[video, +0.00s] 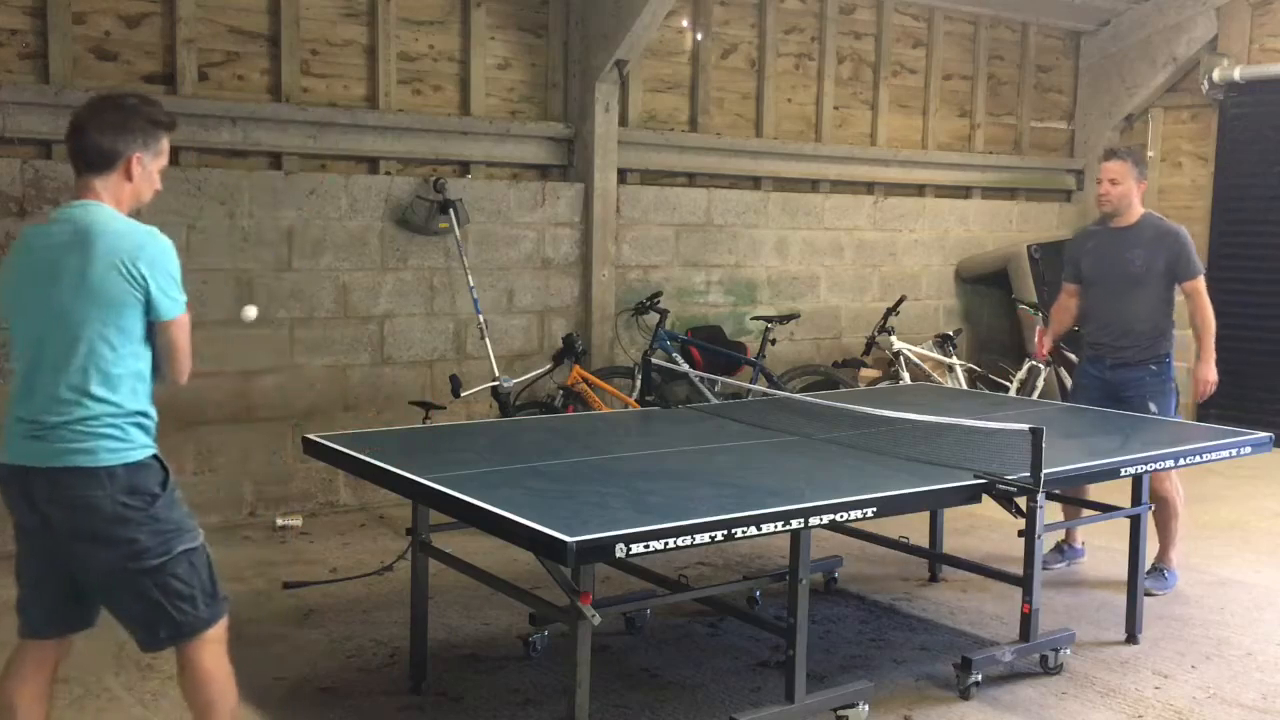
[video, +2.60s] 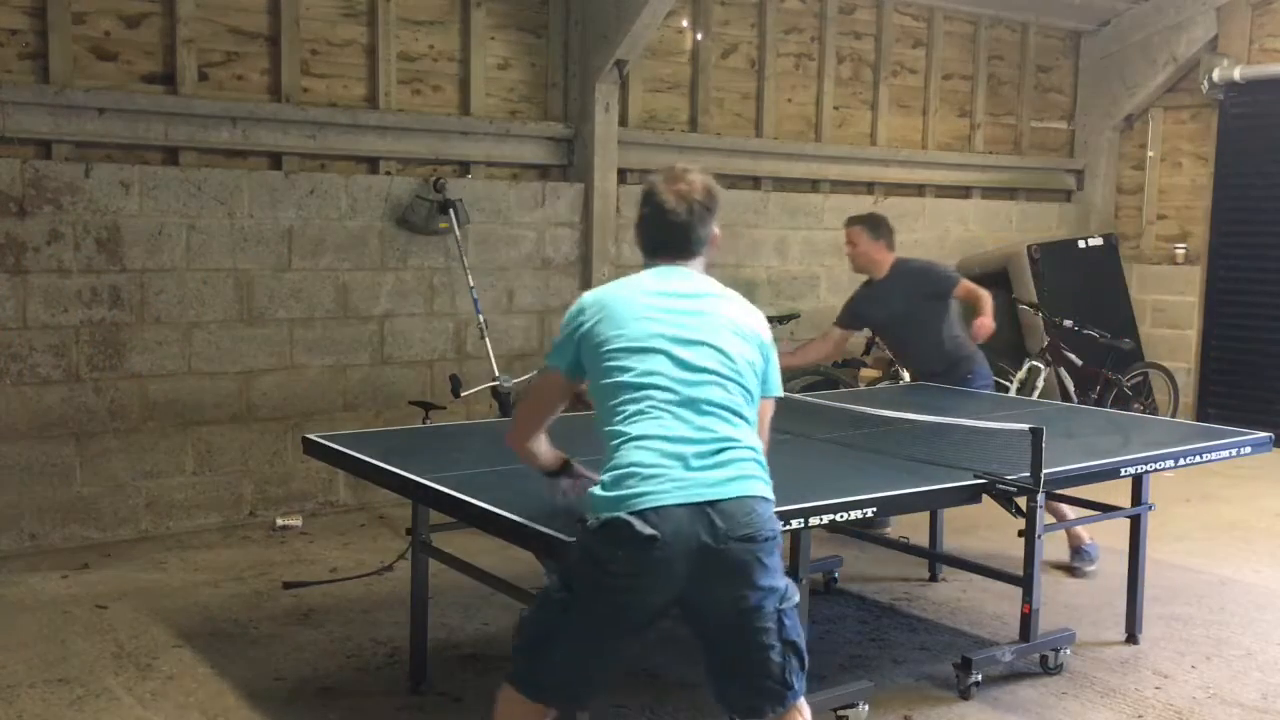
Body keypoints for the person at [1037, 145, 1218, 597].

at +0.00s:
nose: (1102, 190)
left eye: (1113, 182)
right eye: (1100, 182)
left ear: (1139, 187)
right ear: (1098, 187)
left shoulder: (1169, 237)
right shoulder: (1084, 241)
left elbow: (1197, 298)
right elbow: (1068, 299)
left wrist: (1206, 359)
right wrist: (1050, 331)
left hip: (1148, 373)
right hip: (1092, 370)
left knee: (1159, 476)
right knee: (1070, 458)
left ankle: (1165, 562)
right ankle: (1071, 542)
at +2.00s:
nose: (1064, 201)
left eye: (1073, 193)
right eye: (1058, 194)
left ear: (1095, 197)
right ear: (1054, 199)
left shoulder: (1124, 245)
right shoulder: (1042, 249)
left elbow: (1152, 304)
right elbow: (1024, 302)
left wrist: (1151, 361)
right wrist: (984, 332)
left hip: (1108, 369)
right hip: (1055, 366)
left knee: (1113, 461)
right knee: (1041, 448)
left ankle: (1129, 546)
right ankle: (1048, 522)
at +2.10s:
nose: (1037, 215)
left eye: (1045, 206)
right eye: (1034, 207)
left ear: (1072, 206)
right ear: (1035, 210)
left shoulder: (1105, 257)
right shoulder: (1031, 259)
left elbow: (1136, 319)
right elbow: (1013, 313)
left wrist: (1119, 373)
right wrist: (959, 339)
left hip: (1090, 381)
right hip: (1039, 376)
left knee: (1109, 468)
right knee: (1004, 435)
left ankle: (1127, 548)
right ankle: (1013, 510)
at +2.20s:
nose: (1001, 224)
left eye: (1008, 215)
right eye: (1000, 216)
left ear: (1038, 215)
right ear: (1016, 219)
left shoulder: (1074, 261)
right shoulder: (1007, 267)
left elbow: (1102, 319)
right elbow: (995, 319)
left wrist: (1080, 349)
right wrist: (948, 345)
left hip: (1071, 384)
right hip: (1021, 379)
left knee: (1093, 462)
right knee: (966, 429)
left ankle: (1125, 548)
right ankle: (929, 506)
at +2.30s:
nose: (958, 227)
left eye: (964, 218)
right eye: (956, 219)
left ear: (994, 217)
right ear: (973, 222)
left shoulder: (1031, 257)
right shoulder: (968, 270)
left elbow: (1071, 301)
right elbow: (954, 326)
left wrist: (1059, 321)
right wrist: (902, 346)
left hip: (1043, 385)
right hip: (990, 384)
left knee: (1081, 464)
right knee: (939, 441)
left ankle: (1123, 547)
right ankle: (890, 505)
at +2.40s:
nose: (910, 235)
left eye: (916, 226)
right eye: (909, 227)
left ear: (942, 225)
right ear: (925, 228)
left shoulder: (977, 262)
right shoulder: (923, 282)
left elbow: (1031, 287)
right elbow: (888, 335)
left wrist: (1040, 303)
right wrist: (834, 345)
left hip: (1007, 380)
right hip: (961, 383)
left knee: (1055, 459)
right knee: (913, 437)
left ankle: (1112, 544)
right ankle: (881, 512)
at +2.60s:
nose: (847, 252)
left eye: (852, 244)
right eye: (846, 245)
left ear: (878, 244)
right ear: (867, 248)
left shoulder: (921, 274)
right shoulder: (862, 301)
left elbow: (979, 294)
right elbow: (827, 344)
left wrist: (985, 315)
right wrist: (774, 362)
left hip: (969, 378)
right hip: (925, 387)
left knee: (1008, 454)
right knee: (887, 438)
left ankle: (1077, 534)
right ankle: (879, 514)